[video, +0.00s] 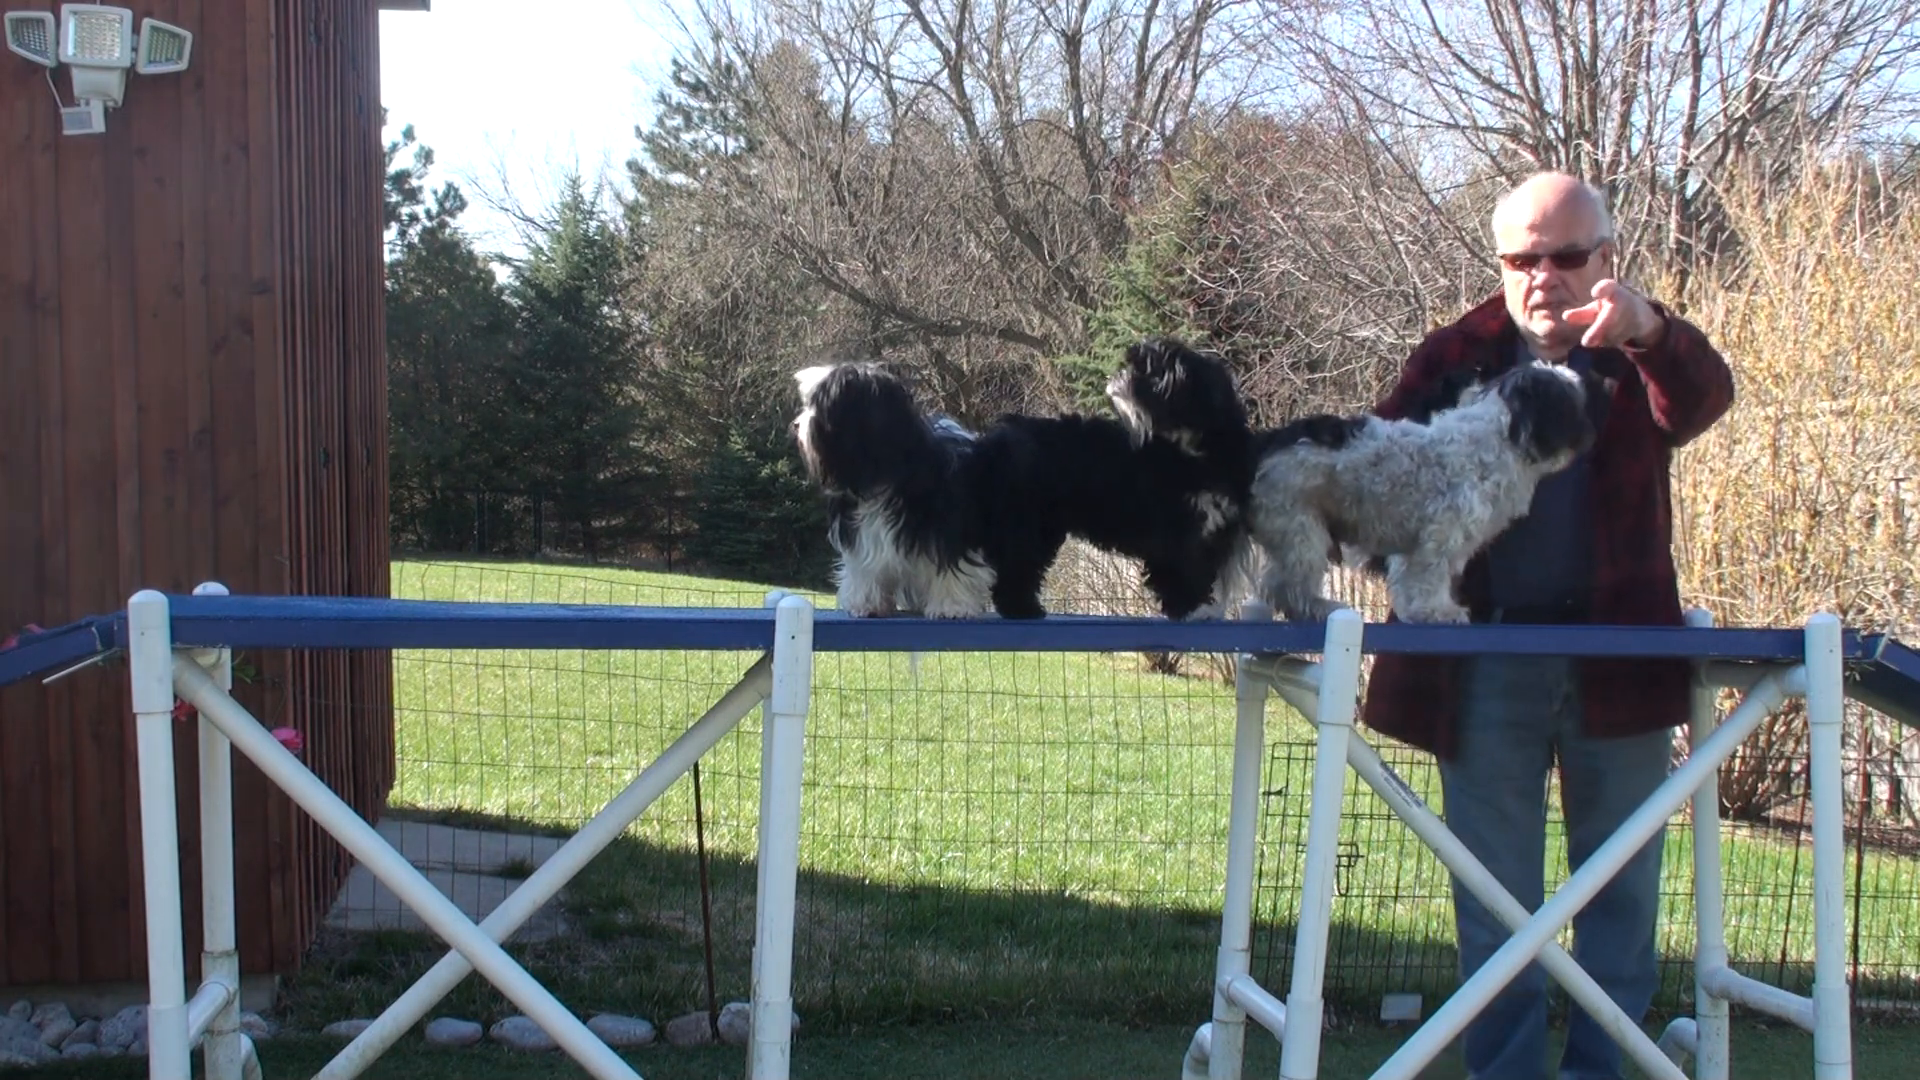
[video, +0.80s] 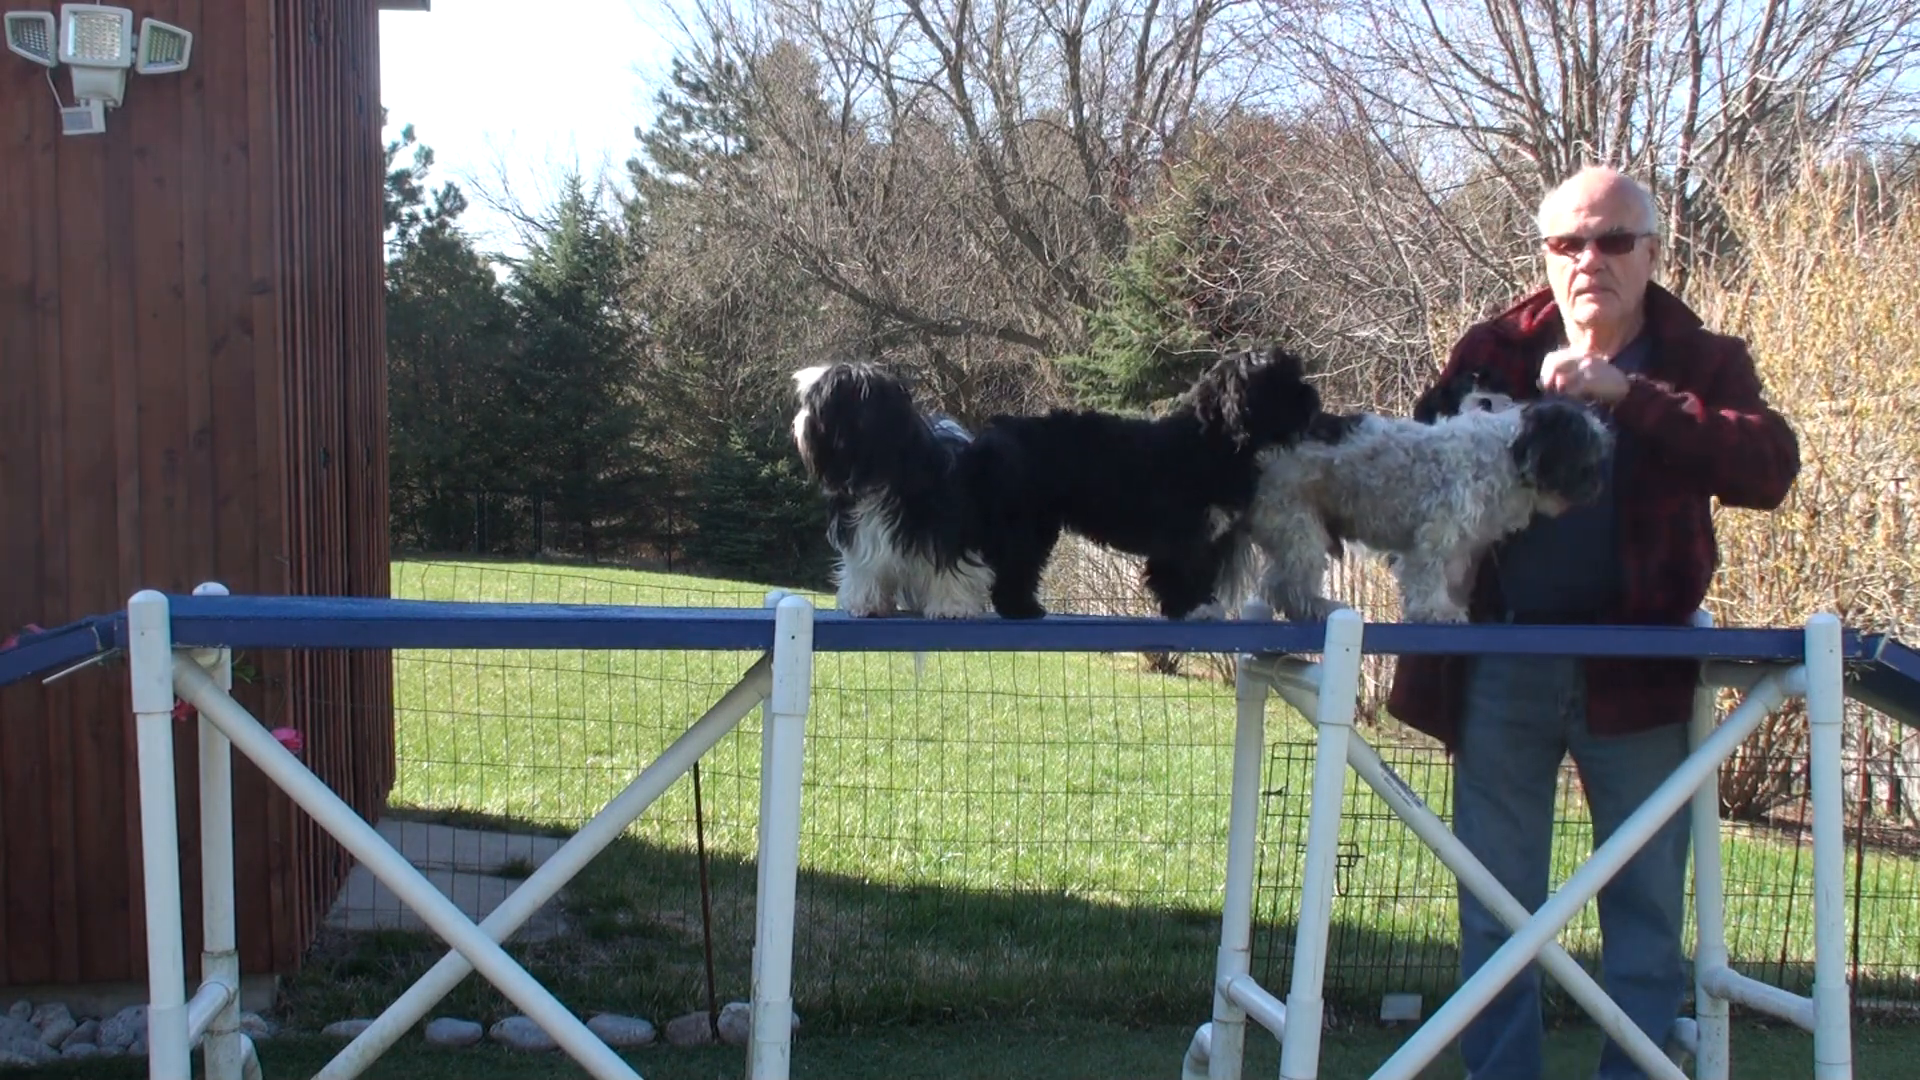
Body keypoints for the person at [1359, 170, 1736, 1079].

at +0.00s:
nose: (1548, 277)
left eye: (1570, 257)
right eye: (1526, 260)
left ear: (1610, 253)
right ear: (1496, 264)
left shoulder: (1643, 352)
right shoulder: (1451, 357)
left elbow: (1703, 401)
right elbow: (1381, 469)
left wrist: (1650, 333)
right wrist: (1369, 533)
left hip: (1621, 661)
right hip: (1484, 659)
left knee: (1621, 897)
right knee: (1493, 899)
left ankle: (1601, 1068)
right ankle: (1503, 1065)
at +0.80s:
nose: (1589, 261)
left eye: (1612, 242)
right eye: (1568, 244)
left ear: (1652, 252)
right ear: (1544, 257)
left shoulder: (1705, 361)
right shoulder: (1488, 351)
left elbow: (1769, 472)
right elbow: (1416, 470)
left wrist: (1627, 394)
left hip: (1640, 665)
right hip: (1501, 662)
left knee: (1645, 907)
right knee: (1494, 901)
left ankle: (1639, 1073)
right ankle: (1498, 1067)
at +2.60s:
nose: (1559, 262)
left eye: (1584, 244)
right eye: (1545, 246)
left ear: (1643, 252)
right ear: (1532, 258)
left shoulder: (1706, 372)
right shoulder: (1487, 349)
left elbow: (1743, 507)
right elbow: (1391, 445)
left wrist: (1630, 486)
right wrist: (1436, 465)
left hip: (1636, 665)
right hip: (1496, 660)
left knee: (1643, 907)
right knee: (1492, 905)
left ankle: (1638, 1071)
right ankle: (1497, 1065)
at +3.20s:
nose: (1592, 250)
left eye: (1616, 232)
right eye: (1572, 234)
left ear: (1656, 250)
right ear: (1549, 251)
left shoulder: (1708, 374)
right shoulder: (1494, 346)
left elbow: (1747, 514)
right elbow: (1408, 447)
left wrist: (1619, 503)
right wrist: (1408, 427)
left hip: (1639, 660)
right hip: (1501, 655)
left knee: (1645, 903)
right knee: (1492, 901)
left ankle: (1638, 1071)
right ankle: (1497, 1065)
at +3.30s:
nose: (1594, 249)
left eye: (1618, 231)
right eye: (1575, 233)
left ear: (1657, 248)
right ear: (1550, 247)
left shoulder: (1708, 371)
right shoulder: (1492, 345)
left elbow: (1749, 512)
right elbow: (1391, 436)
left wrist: (1621, 497)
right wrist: (1402, 424)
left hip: (1639, 660)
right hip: (1499, 655)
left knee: (1645, 904)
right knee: (1493, 902)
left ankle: (1639, 1073)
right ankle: (1497, 1066)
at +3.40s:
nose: (1592, 247)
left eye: (1616, 230)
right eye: (1572, 232)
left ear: (1657, 246)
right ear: (1548, 250)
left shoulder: (1710, 370)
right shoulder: (1496, 343)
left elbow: (1751, 510)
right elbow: (1366, 405)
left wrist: (1622, 485)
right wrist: (1403, 415)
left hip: (1641, 661)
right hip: (1498, 656)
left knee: (1645, 899)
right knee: (1492, 898)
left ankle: (1639, 1071)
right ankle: (1496, 1066)